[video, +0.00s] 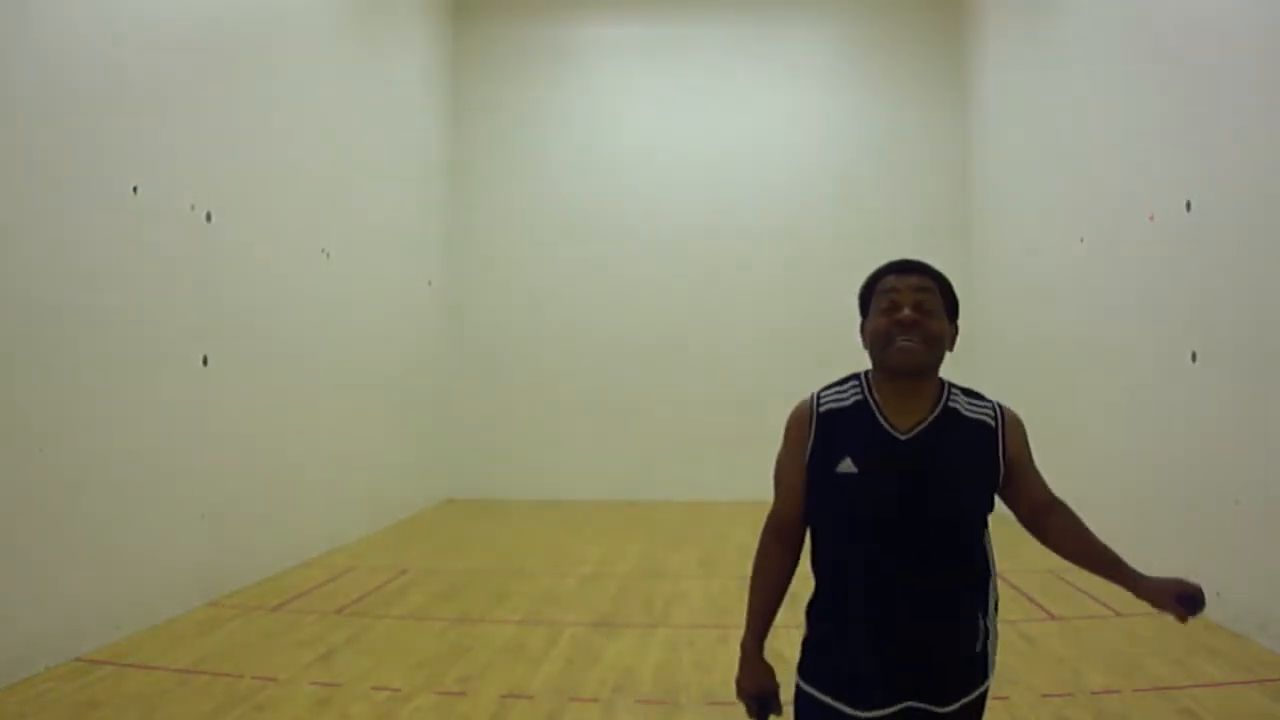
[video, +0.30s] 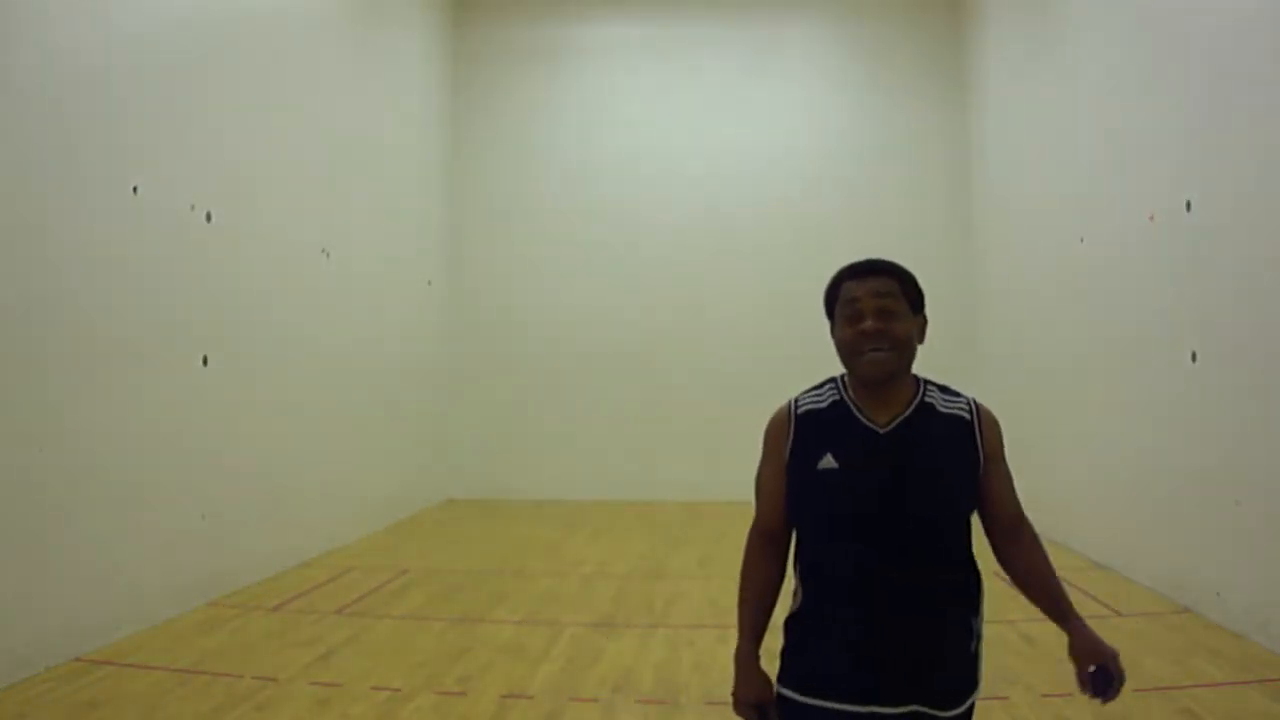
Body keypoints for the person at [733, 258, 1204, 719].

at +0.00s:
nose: (906, 315)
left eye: (924, 308)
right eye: (888, 306)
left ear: (951, 336)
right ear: (862, 332)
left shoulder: (992, 428)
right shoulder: (817, 421)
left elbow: (1046, 515)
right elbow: (783, 533)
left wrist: (1141, 584)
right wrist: (752, 649)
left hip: (951, 677)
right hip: (843, 673)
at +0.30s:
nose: (871, 326)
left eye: (889, 312)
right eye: (853, 315)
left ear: (920, 327)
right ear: (832, 335)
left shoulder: (969, 426)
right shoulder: (795, 427)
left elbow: (1011, 535)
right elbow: (768, 541)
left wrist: (1077, 629)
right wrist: (747, 658)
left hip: (936, 682)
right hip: (825, 679)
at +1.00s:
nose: (772, 325)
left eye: (790, 307)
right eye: (755, 313)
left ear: (830, 317)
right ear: (739, 332)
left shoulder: (896, 421)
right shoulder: (712, 430)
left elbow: (961, 528)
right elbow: (647, 532)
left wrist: (961, 664)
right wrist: (645, 652)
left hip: (862, 691)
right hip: (747, 692)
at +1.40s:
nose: (796, 326)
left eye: (816, 310)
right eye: (786, 313)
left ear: (864, 319)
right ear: (776, 327)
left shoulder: (921, 424)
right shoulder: (744, 421)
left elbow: (1008, 523)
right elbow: (640, 496)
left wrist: (991, 630)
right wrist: (591, 602)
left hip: (881, 693)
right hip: (767, 688)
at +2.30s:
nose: (759, 313)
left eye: (776, 300)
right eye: (743, 302)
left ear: (808, 319)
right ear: (726, 322)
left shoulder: (855, 415)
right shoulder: (695, 412)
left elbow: (900, 515)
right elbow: (675, 513)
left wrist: (863, 604)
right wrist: (650, 615)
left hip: (813, 670)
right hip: (710, 662)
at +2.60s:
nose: (715, 325)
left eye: (730, 311)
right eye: (697, 313)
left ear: (752, 322)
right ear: (671, 326)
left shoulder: (805, 410)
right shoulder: (642, 420)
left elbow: (845, 506)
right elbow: (621, 521)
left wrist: (825, 594)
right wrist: (606, 624)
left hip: (781, 668)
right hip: (674, 669)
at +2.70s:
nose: (717, 330)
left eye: (730, 317)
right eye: (699, 317)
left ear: (746, 324)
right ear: (664, 326)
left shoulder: (794, 410)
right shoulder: (628, 424)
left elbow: (831, 505)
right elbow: (604, 525)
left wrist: (816, 591)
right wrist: (588, 635)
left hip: (781, 669)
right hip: (673, 672)